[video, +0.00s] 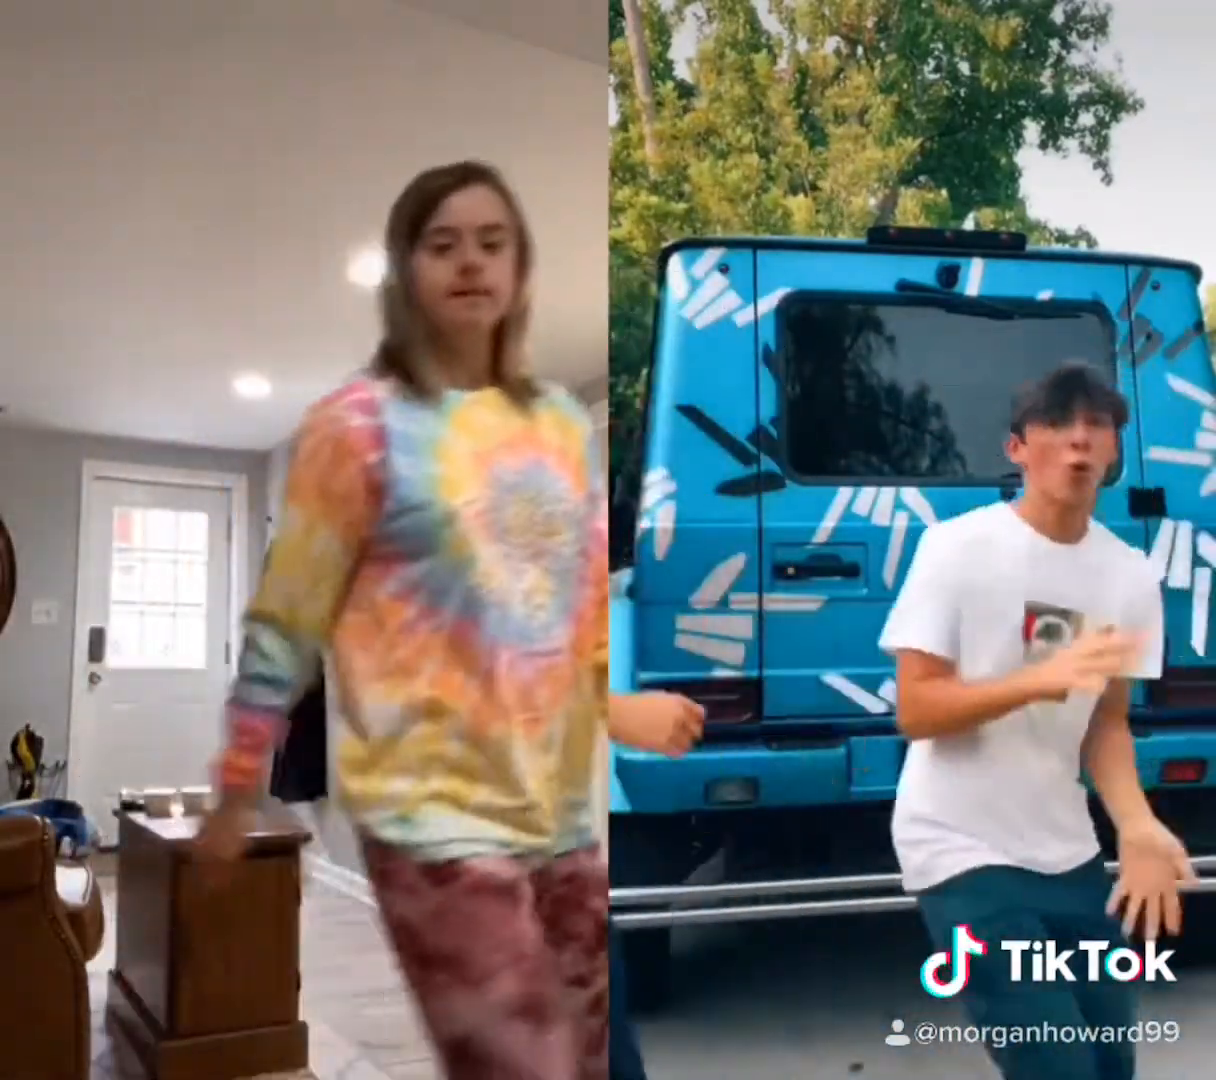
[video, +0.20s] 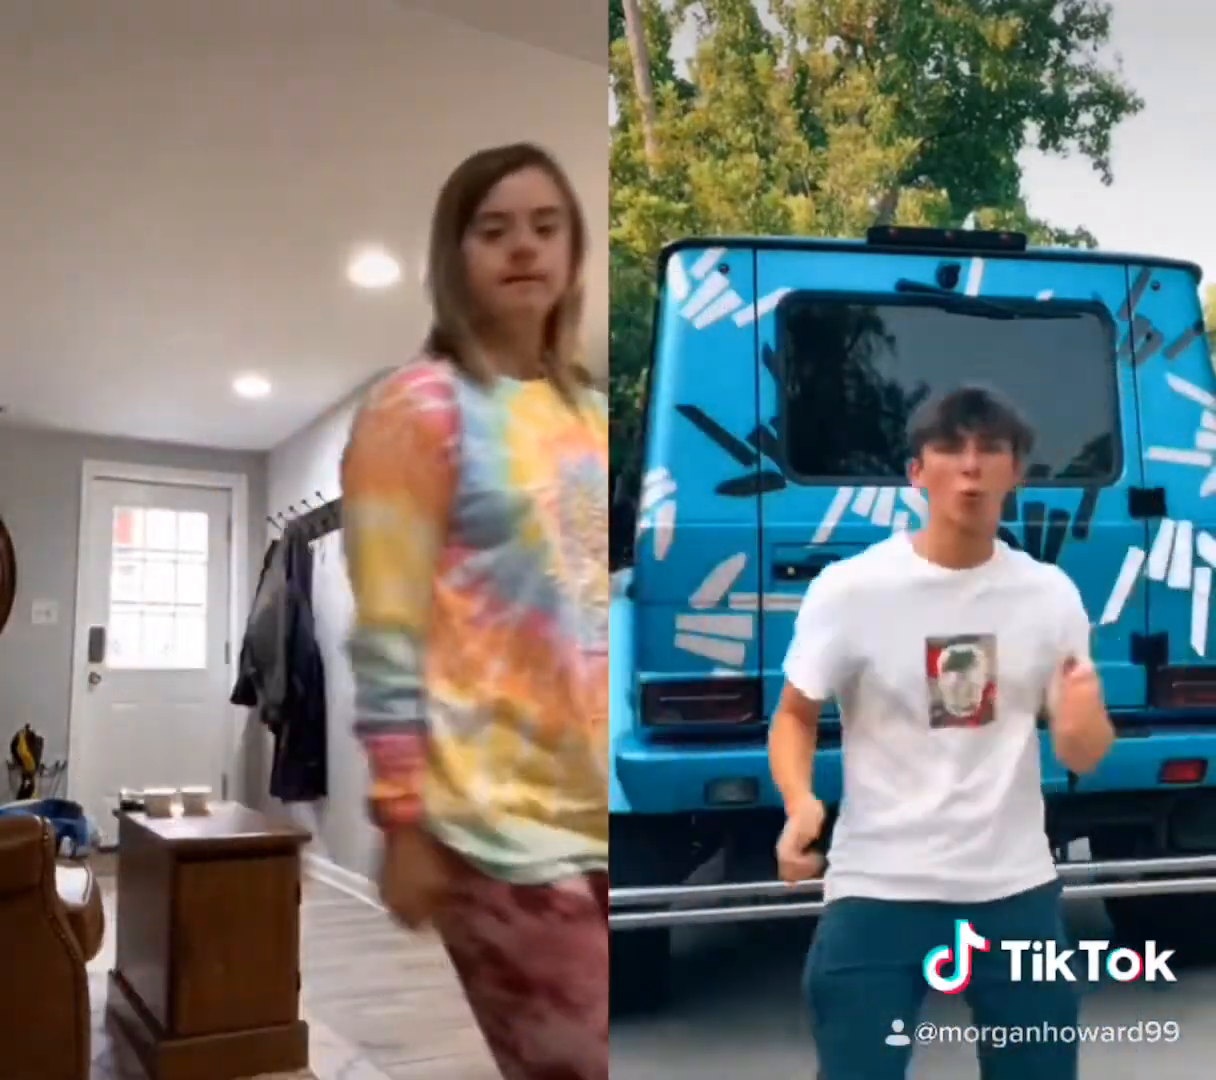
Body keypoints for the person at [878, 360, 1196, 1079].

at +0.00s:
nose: (1082, 448)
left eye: (1096, 433)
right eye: (1061, 431)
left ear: (1113, 453)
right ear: (1019, 449)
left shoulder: (1130, 575)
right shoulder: (954, 550)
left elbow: (1108, 725)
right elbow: (916, 710)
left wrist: (1137, 825)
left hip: (1066, 845)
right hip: (961, 843)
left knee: (1111, 1059)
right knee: (1060, 1058)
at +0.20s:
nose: (972, 468)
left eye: (991, 452)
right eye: (953, 451)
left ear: (1016, 471)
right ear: (920, 471)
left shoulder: (1050, 594)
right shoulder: (848, 590)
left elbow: (1084, 756)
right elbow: (793, 715)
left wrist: (1082, 711)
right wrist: (799, 799)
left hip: (1016, 888)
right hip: (879, 887)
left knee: (1041, 1068)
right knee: (856, 1065)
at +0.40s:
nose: (846, 503)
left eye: (867, 485)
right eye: (827, 485)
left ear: (900, 504)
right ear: (798, 506)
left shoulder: (943, 632)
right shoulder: (762, 616)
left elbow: (972, 803)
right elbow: (714, 770)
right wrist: (797, 654)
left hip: (904, 930)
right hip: (772, 917)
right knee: (729, 1064)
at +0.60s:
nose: (799, 437)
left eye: (824, 417)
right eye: (781, 417)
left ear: (862, 435)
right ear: (758, 434)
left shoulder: (913, 564)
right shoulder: (711, 547)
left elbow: (895, 745)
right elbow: (661, 713)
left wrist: (734, 749)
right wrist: (764, 614)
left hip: (873, 867)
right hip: (739, 871)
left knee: (854, 1067)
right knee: (744, 1068)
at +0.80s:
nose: (750, 469)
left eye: (779, 447)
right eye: (749, 447)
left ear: (845, 471)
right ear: (744, 459)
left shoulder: (912, 605)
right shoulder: (694, 592)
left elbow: (946, 769)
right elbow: (666, 754)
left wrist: (828, 851)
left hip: (863, 918)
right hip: (720, 917)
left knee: (845, 1067)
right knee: (706, 1064)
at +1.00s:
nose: (731, 441)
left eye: (760, 420)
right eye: (734, 419)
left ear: (833, 448)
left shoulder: (914, 579)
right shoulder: (677, 567)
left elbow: (962, 719)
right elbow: (614, 712)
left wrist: (1010, 797)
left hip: (865, 911)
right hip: (718, 904)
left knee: (861, 1065)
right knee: (718, 1061)